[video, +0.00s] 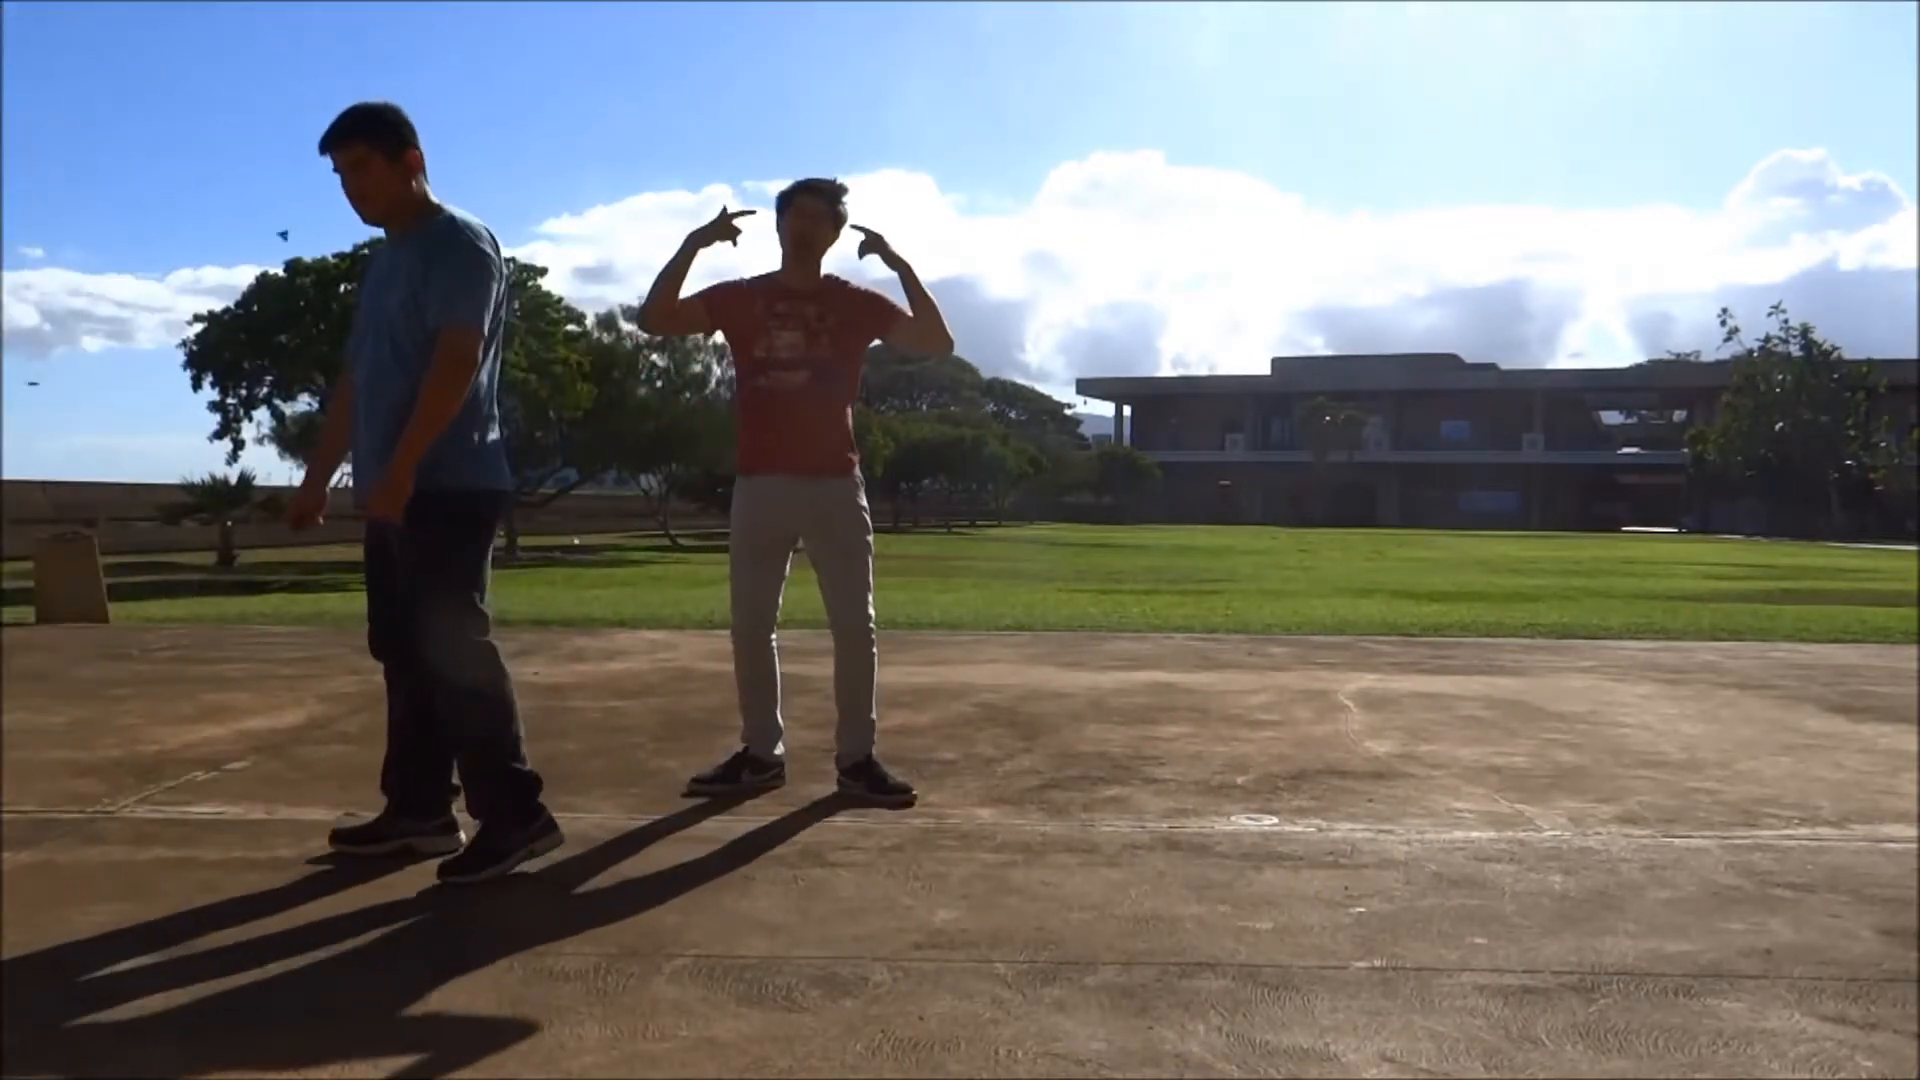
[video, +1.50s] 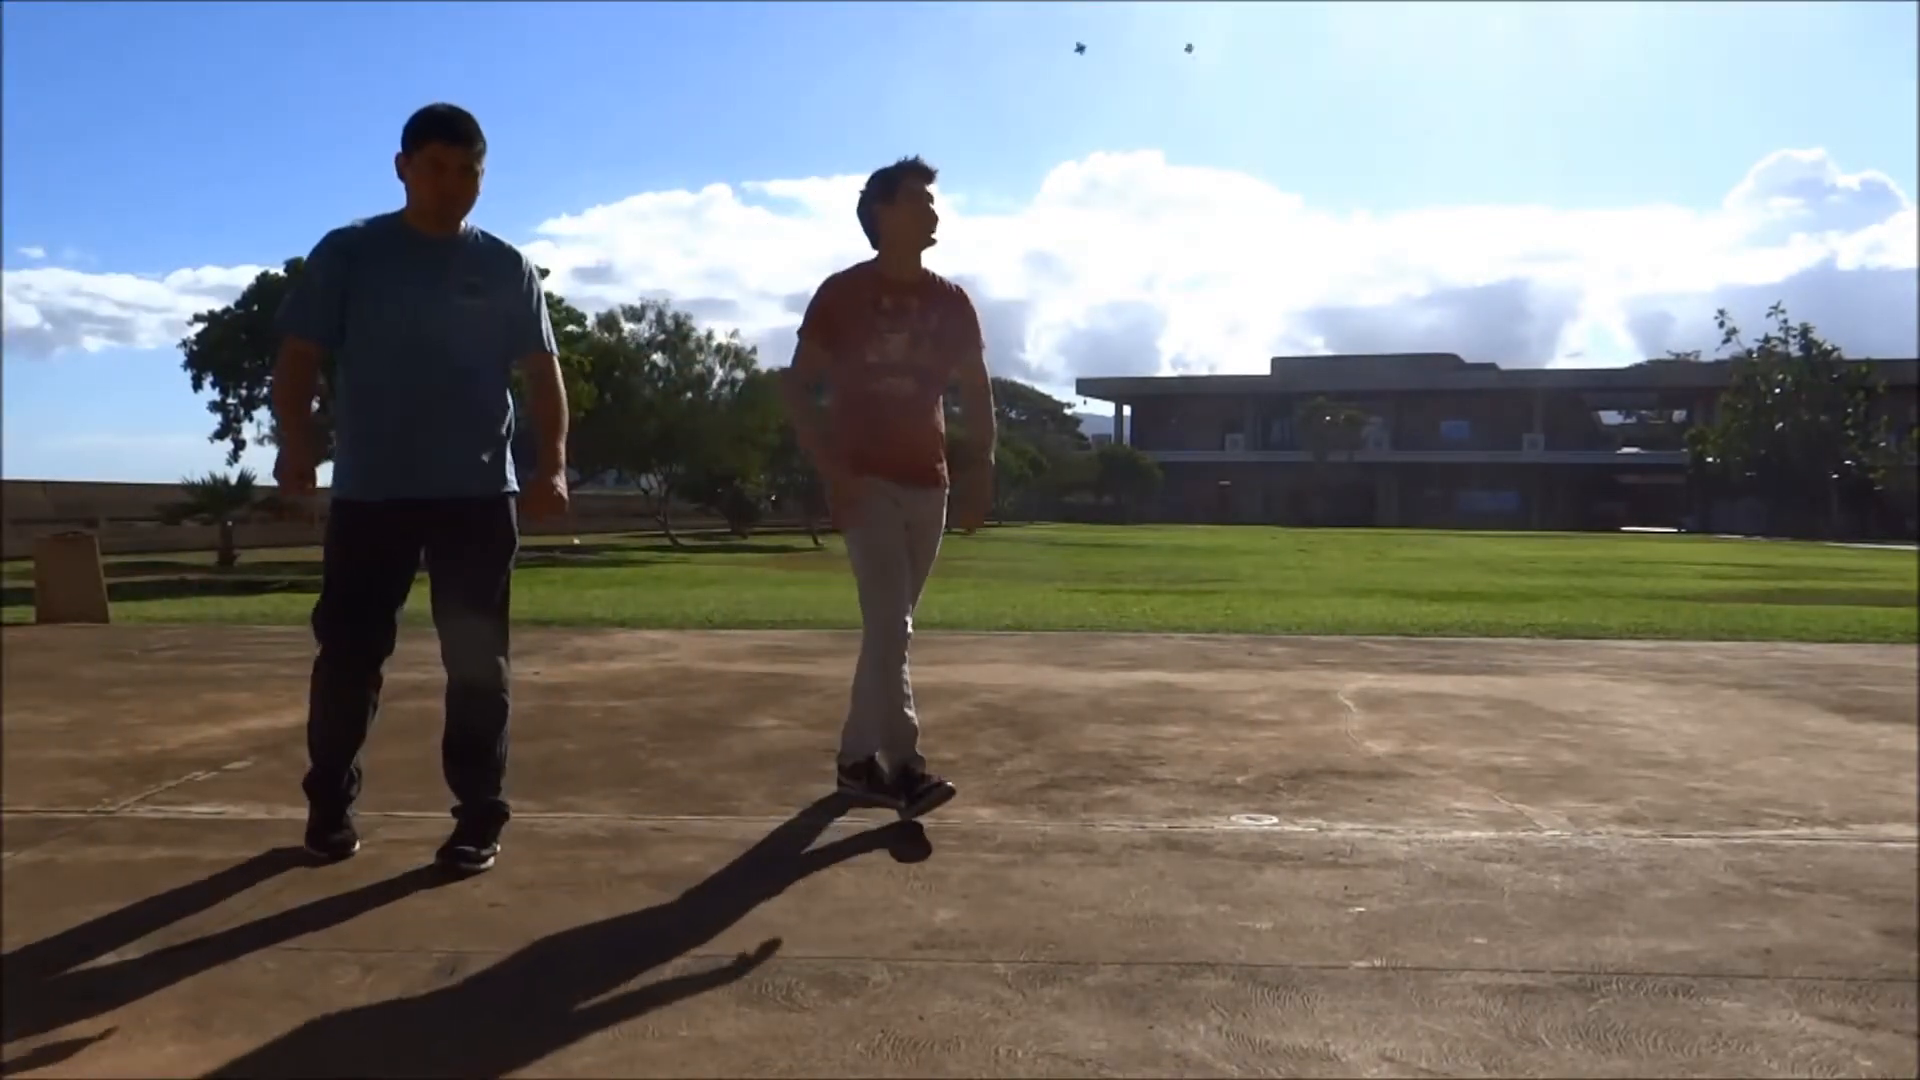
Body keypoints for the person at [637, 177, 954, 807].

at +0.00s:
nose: (810, 225)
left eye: (822, 217)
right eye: (800, 214)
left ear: (837, 231)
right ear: (780, 223)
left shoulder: (853, 302)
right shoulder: (742, 298)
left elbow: (936, 341)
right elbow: (656, 316)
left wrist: (901, 265)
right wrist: (694, 243)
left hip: (835, 488)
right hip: (761, 486)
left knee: (855, 626)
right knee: (751, 628)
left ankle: (858, 760)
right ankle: (761, 755)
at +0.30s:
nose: (846, 228)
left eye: (860, 220)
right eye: (836, 215)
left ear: (876, 236)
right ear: (816, 225)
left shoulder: (884, 313)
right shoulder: (776, 297)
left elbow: (965, 361)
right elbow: (693, 315)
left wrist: (946, 280)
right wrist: (741, 239)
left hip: (859, 493)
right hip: (783, 489)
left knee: (873, 629)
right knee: (759, 625)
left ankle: (858, 761)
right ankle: (761, 755)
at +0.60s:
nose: (877, 221)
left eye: (889, 211)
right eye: (865, 210)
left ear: (904, 225)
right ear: (844, 221)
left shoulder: (915, 310)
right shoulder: (805, 286)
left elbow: (996, 355)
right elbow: (720, 299)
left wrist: (980, 278)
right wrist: (768, 233)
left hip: (881, 487)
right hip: (807, 480)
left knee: (877, 630)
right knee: (774, 619)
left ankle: (859, 761)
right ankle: (759, 751)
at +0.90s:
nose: (891, 218)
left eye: (902, 208)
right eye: (879, 208)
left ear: (920, 218)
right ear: (860, 218)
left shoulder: (937, 303)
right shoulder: (824, 280)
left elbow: (1018, 349)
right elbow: (739, 292)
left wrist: (1014, 297)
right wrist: (773, 249)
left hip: (897, 484)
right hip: (826, 476)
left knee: (877, 628)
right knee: (797, 618)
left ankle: (859, 761)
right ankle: (766, 749)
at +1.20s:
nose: (922, 209)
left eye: (924, 200)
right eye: (907, 200)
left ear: (927, 215)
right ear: (872, 216)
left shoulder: (949, 305)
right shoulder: (833, 288)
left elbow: (994, 379)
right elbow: (765, 349)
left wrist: (976, 397)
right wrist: (816, 381)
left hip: (911, 480)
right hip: (846, 476)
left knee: (886, 620)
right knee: (850, 615)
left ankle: (866, 760)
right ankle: (837, 765)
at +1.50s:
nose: (933, 209)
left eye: (931, 199)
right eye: (918, 200)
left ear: (925, 214)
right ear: (878, 215)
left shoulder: (952, 300)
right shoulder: (841, 293)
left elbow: (979, 393)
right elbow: (796, 387)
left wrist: (981, 468)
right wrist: (828, 466)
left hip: (930, 484)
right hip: (863, 481)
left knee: (893, 622)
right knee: (889, 621)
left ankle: (857, 756)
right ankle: (904, 763)